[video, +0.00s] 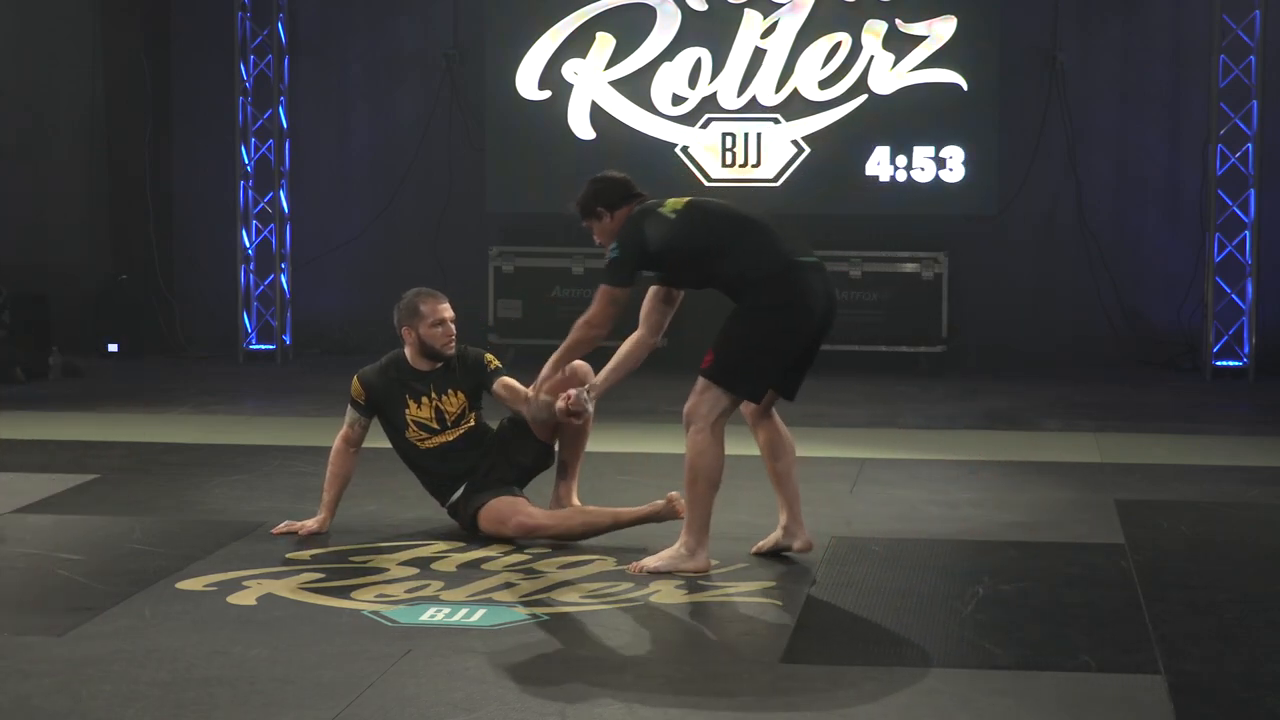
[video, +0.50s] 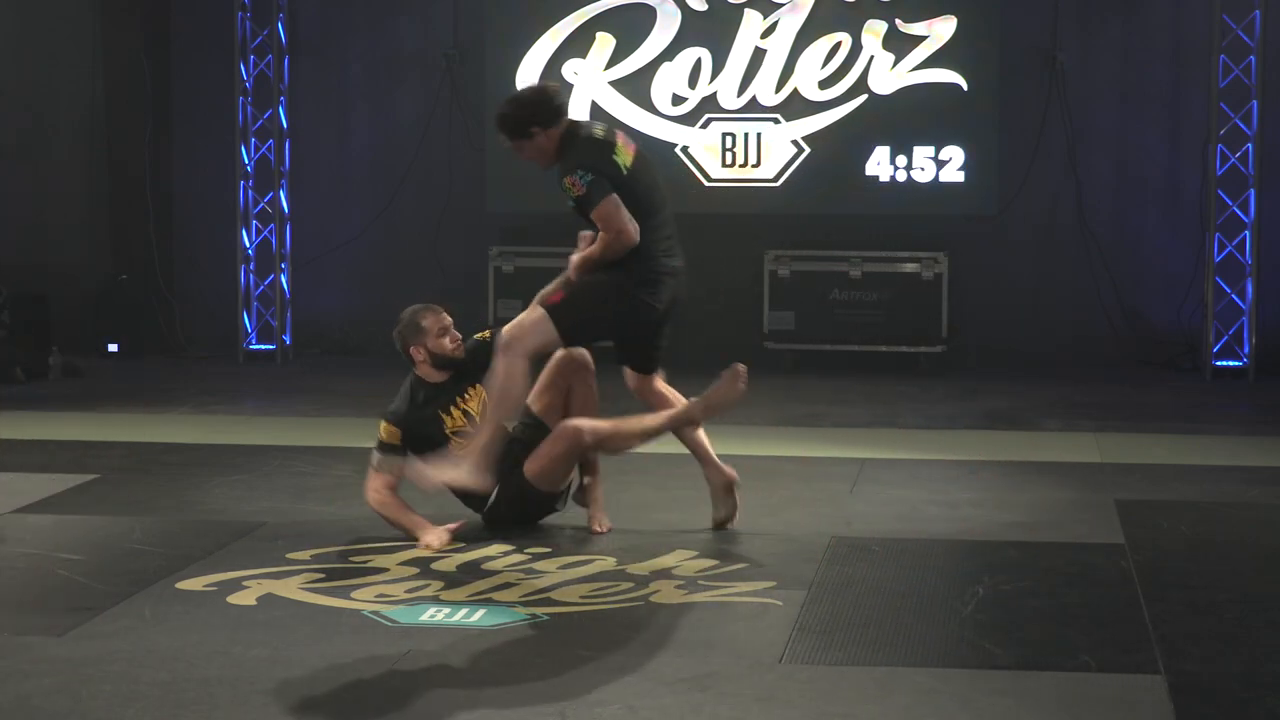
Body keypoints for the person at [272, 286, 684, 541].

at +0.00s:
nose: (453, 330)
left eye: (453, 321)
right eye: (442, 324)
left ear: (450, 322)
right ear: (410, 331)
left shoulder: (467, 358)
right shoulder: (374, 383)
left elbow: (525, 403)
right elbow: (348, 444)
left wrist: (561, 405)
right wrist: (323, 517)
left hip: (504, 449)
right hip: (468, 491)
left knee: (573, 374)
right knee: (525, 524)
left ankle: (568, 501)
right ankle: (658, 511)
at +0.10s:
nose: (451, 335)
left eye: (451, 325)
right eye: (440, 329)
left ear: (450, 325)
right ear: (408, 337)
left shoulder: (467, 362)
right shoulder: (374, 388)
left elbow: (522, 411)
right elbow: (347, 448)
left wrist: (555, 414)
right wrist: (323, 518)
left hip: (502, 449)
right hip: (472, 493)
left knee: (570, 381)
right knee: (551, 511)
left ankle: (563, 503)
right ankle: (678, 510)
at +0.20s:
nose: (452, 339)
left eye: (452, 329)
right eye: (440, 333)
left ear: (452, 330)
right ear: (409, 342)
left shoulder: (467, 364)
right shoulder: (379, 394)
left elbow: (531, 413)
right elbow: (347, 451)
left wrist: (572, 415)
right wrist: (323, 518)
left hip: (505, 453)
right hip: (479, 497)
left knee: (577, 378)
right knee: (567, 502)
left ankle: (564, 505)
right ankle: (688, 501)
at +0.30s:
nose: (457, 338)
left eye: (457, 329)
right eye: (445, 333)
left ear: (455, 330)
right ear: (415, 344)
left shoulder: (475, 365)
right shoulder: (387, 396)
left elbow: (548, 387)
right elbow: (343, 448)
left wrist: (603, 374)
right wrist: (324, 517)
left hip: (511, 453)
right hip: (486, 496)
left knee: (578, 388)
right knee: (583, 478)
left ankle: (564, 506)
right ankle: (697, 468)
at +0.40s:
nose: (461, 335)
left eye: (459, 326)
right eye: (449, 330)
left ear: (455, 331)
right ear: (418, 342)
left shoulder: (478, 358)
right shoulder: (392, 396)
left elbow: (548, 336)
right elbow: (346, 447)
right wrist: (361, 510)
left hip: (518, 448)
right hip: (492, 493)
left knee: (574, 391)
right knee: (590, 454)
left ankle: (586, 509)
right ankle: (711, 428)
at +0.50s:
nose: (457, 337)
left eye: (453, 329)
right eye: (444, 335)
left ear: (455, 331)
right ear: (417, 355)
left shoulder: (472, 353)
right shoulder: (405, 415)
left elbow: (531, 320)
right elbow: (376, 491)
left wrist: (574, 271)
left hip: (520, 460)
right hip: (499, 500)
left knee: (574, 359)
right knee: (575, 433)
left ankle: (591, 492)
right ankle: (694, 411)